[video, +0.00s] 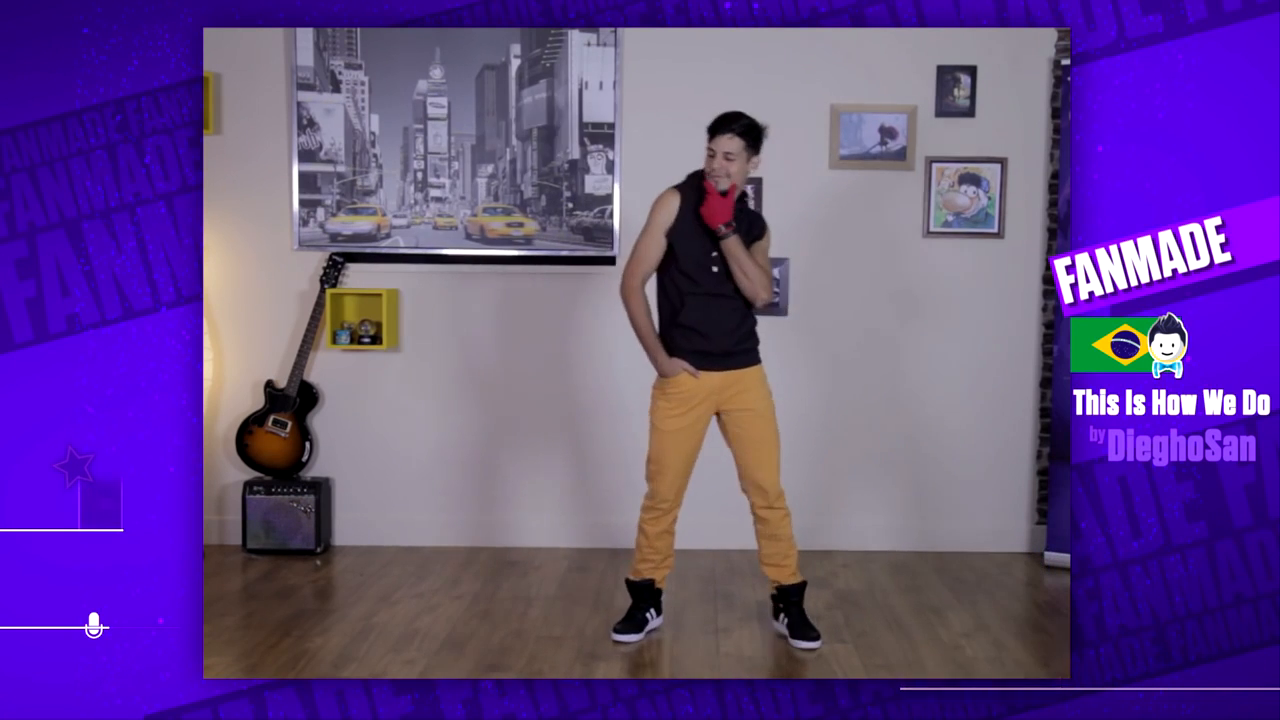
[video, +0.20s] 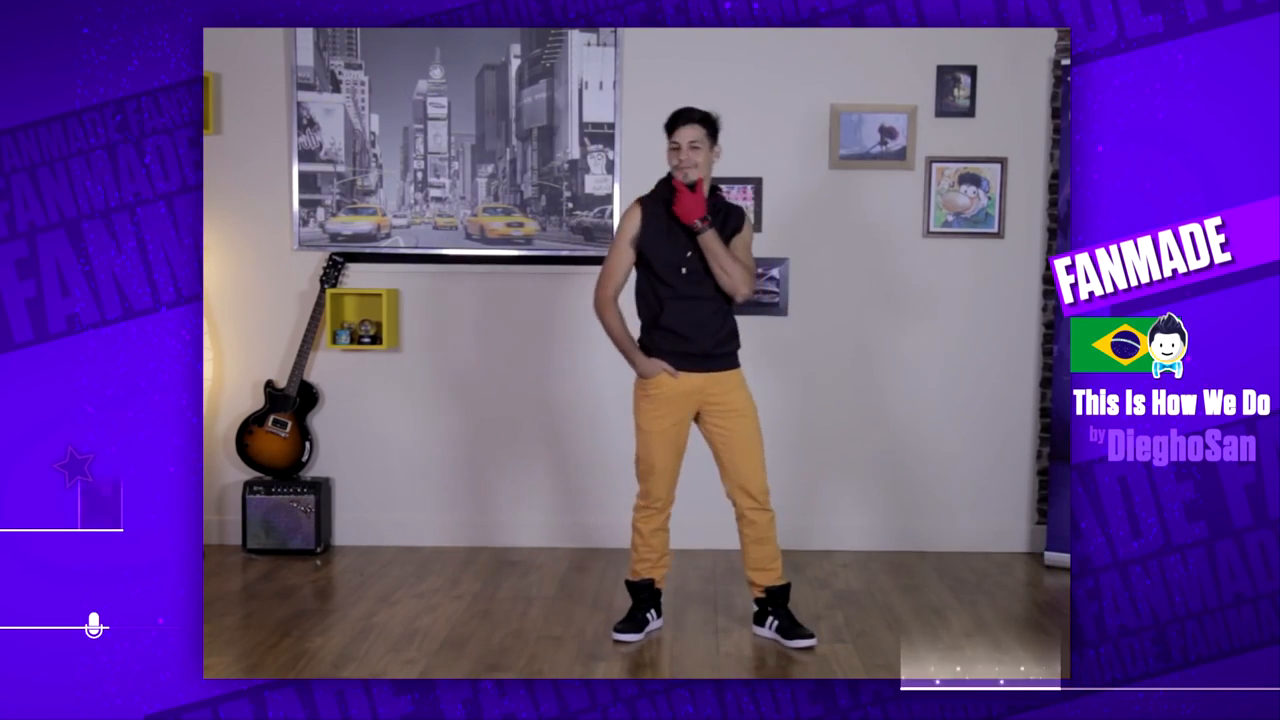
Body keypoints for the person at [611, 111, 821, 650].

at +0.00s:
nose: (718, 165)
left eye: (730, 158)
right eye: (713, 155)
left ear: (752, 166)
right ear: (704, 155)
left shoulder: (753, 224)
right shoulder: (675, 205)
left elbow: (760, 293)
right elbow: (631, 284)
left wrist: (725, 231)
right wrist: (661, 360)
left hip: (743, 377)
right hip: (682, 378)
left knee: (768, 491)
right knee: (661, 495)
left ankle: (789, 602)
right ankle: (645, 601)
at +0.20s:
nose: (684, 156)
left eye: (695, 146)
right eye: (676, 147)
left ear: (715, 153)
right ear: (666, 154)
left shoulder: (733, 218)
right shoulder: (643, 215)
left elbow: (741, 288)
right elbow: (604, 297)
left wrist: (702, 227)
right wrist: (638, 359)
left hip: (724, 378)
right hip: (662, 380)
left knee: (753, 494)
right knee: (654, 497)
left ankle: (770, 606)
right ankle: (645, 602)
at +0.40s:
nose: (666, 166)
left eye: (676, 155)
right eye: (657, 159)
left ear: (696, 155)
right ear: (648, 163)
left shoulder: (731, 214)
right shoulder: (641, 227)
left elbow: (723, 290)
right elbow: (613, 306)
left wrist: (681, 227)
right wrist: (627, 355)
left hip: (719, 377)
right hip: (656, 375)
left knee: (749, 494)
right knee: (651, 494)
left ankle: (772, 606)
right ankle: (645, 603)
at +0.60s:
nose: (673, 166)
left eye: (681, 154)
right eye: (663, 160)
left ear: (703, 151)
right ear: (657, 164)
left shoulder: (737, 203)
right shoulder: (668, 220)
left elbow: (720, 283)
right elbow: (657, 297)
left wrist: (678, 223)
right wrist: (642, 342)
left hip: (728, 377)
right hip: (667, 373)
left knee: (757, 493)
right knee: (655, 493)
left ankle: (789, 601)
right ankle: (646, 600)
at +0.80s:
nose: (703, 159)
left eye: (712, 149)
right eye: (694, 153)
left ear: (737, 150)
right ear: (691, 160)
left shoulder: (763, 203)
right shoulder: (702, 214)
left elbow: (744, 280)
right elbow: (696, 290)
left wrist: (705, 219)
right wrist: (671, 344)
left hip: (750, 382)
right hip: (691, 379)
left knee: (772, 499)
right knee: (668, 498)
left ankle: (793, 605)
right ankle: (653, 602)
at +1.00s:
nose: (720, 172)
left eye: (730, 161)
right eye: (714, 162)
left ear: (760, 158)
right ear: (710, 163)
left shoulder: (791, 216)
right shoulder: (701, 220)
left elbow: (774, 289)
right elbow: (684, 296)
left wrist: (731, 231)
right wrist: (676, 350)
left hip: (764, 381)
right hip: (701, 378)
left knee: (778, 498)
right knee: (676, 495)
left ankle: (794, 605)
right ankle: (654, 602)